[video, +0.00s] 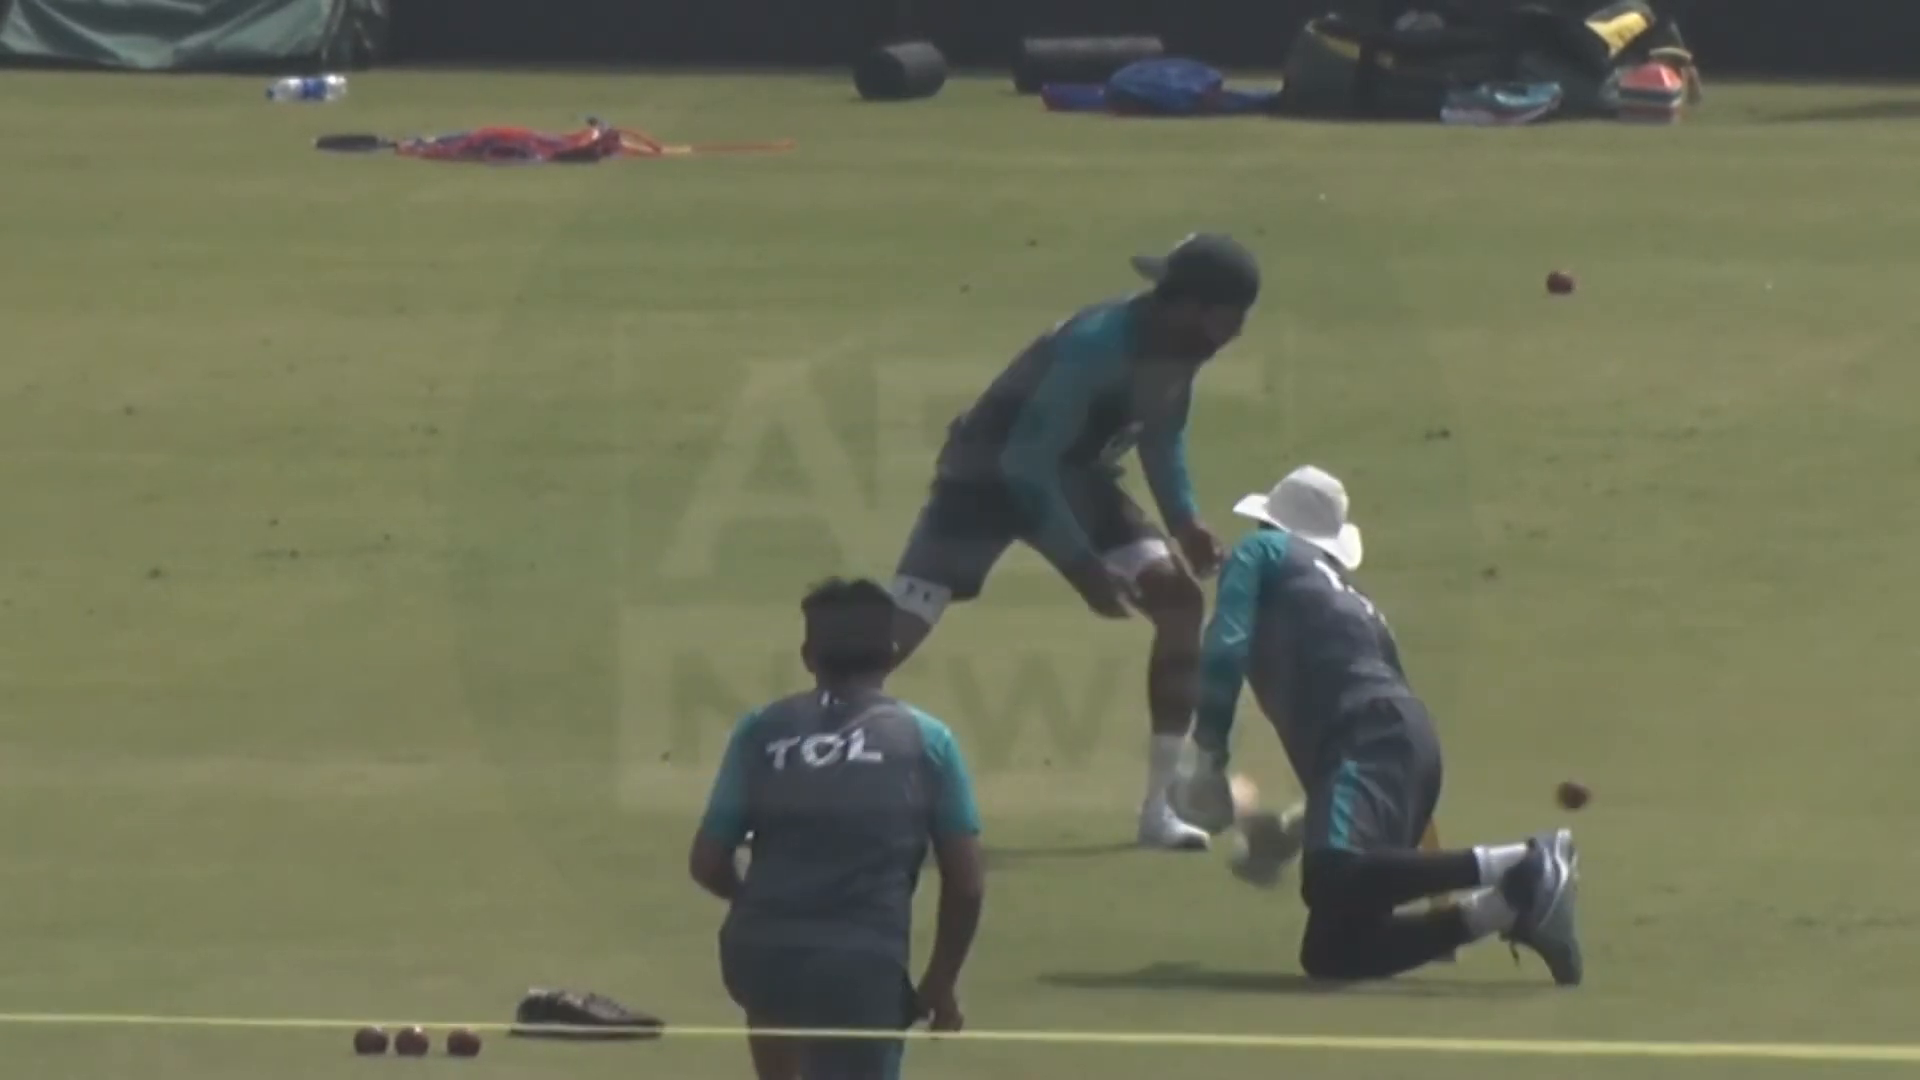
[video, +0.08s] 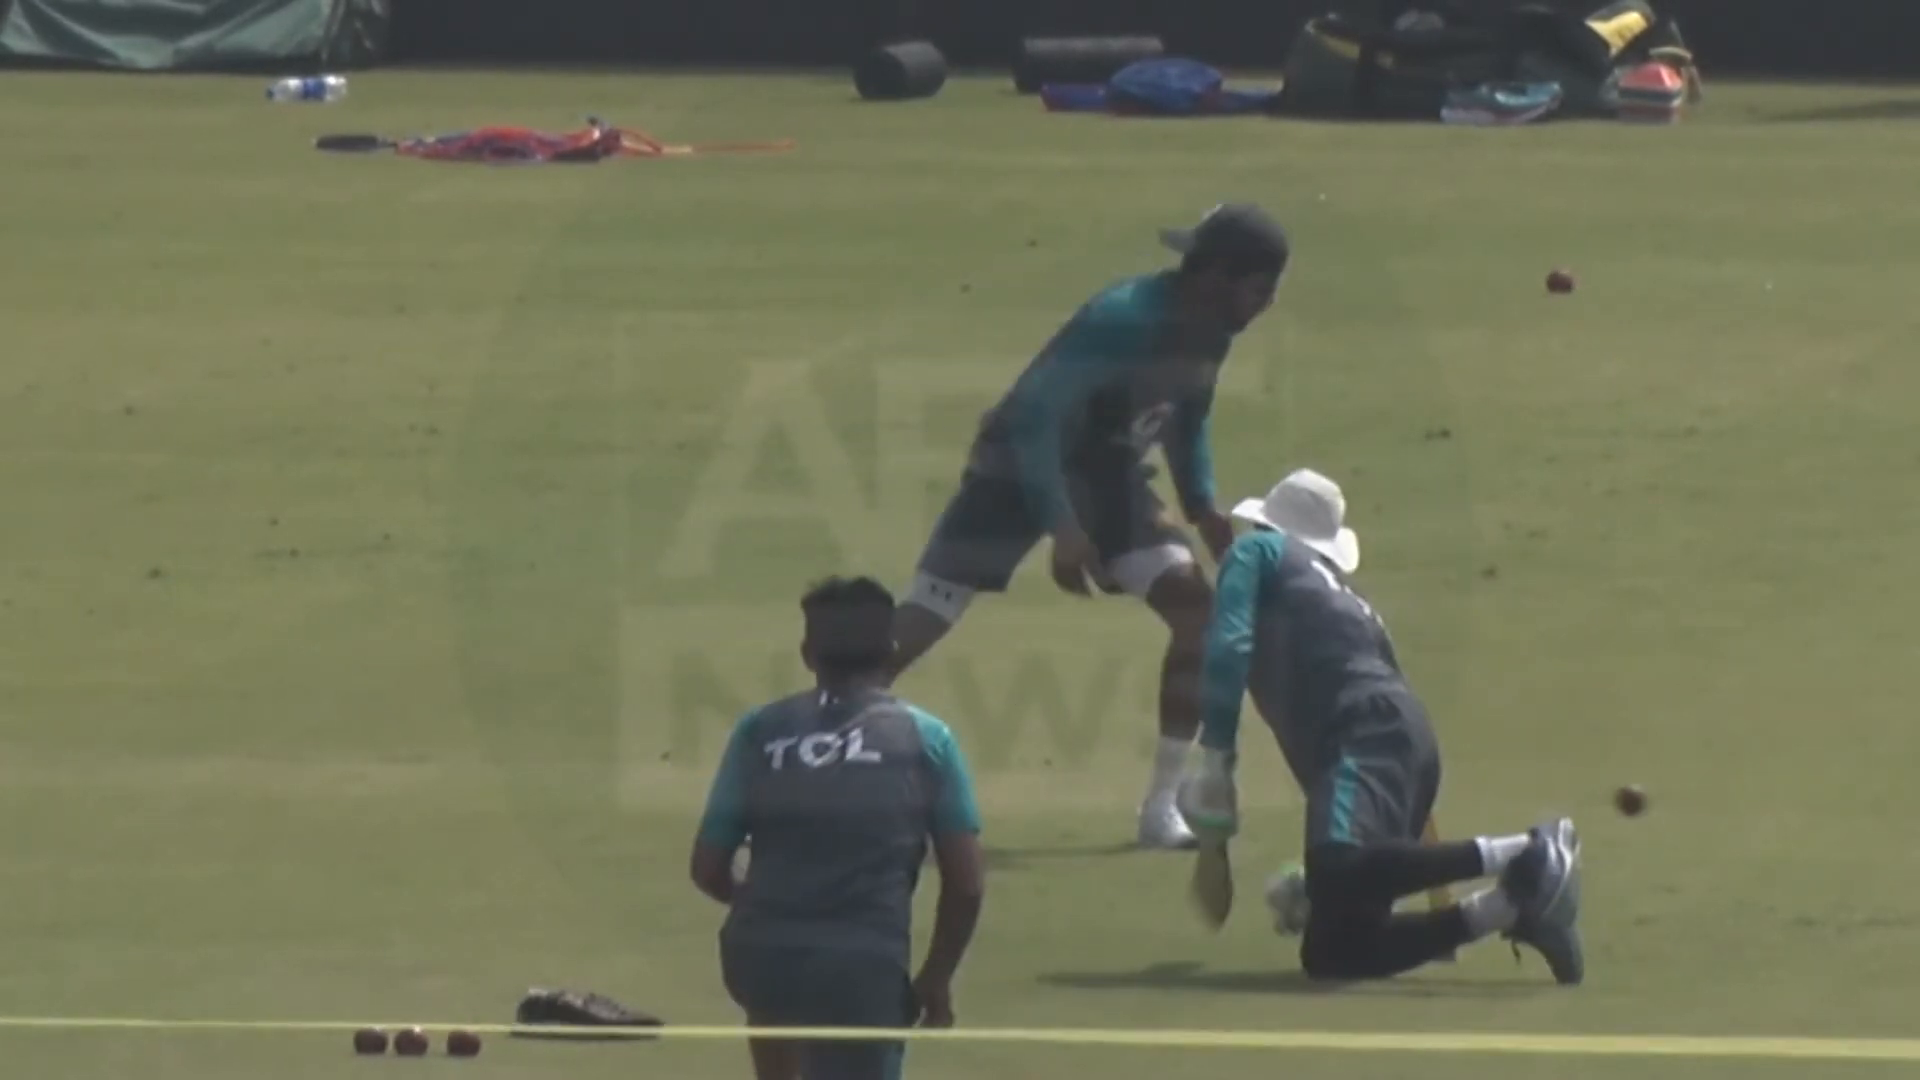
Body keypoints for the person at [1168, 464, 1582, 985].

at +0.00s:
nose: (1251, 530)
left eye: (1261, 523)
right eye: (1257, 522)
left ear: (1277, 527)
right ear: (1327, 546)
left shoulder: (1260, 551)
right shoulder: (1350, 600)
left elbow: (1225, 654)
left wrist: (1208, 762)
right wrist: (1293, 832)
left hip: (1375, 739)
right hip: (1412, 756)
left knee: (1331, 877)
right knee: (1328, 955)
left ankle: (1518, 863)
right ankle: (1506, 907)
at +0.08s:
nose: (1239, 532)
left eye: (1250, 526)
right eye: (1245, 525)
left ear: (1273, 530)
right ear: (1321, 547)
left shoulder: (1259, 548)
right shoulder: (1347, 602)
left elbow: (1229, 649)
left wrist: (1215, 763)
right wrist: (1318, 883)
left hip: (1372, 732)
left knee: (1338, 872)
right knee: (1330, 956)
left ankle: (1522, 854)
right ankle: (1509, 907)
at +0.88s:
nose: (1296, 545)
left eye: (1304, 534)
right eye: (1302, 534)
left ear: (1317, 537)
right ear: (1374, 551)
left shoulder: (1316, 574)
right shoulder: (1387, 601)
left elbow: (1307, 672)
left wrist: (1277, 781)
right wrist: (1338, 916)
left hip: (1423, 793)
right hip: (1456, 787)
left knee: (1336, 954)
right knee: (1343, 943)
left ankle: (1527, 904)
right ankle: (1502, 901)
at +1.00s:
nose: (1334, 548)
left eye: (1341, 537)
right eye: (1335, 537)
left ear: (1360, 535)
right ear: (1406, 546)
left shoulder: (1354, 573)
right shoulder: (1424, 606)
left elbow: (1347, 684)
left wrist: (1310, 802)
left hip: (1448, 806)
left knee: (1367, 961)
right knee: (1330, 952)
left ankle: (1531, 903)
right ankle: (1508, 900)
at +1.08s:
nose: (1360, 545)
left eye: (1368, 533)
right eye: (1363, 532)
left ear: (1387, 535)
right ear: (1432, 547)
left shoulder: (1386, 580)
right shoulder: (1452, 615)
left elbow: (1382, 695)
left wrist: (1338, 807)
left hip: (1457, 827)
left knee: (1368, 967)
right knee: (1331, 956)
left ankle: (1534, 903)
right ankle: (1513, 894)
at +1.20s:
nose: (1393, 536)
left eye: (1404, 527)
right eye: (1397, 525)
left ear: (1430, 536)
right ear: (1472, 543)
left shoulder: (1436, 590)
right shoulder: (1486, 609)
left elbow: (1436, 705)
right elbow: (1467, 749)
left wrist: (1389, 808)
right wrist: (1388, 841)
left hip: (1481, 836)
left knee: (1370, 964)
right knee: (1338, 950)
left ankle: (1533, 909)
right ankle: (1531, 904)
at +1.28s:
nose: (1429, 541)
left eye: (1435, 530)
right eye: (1431, 528)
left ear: (1452, 540)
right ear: (1501, 544)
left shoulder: (1467, 599)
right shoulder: (1513, 612)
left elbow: (1470, 718)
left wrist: (1406, 810)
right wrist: (1408, 837)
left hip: (1494, 846)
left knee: (1371, 961)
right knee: (1349, 947)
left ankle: (1541, 912)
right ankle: (1541, 906)